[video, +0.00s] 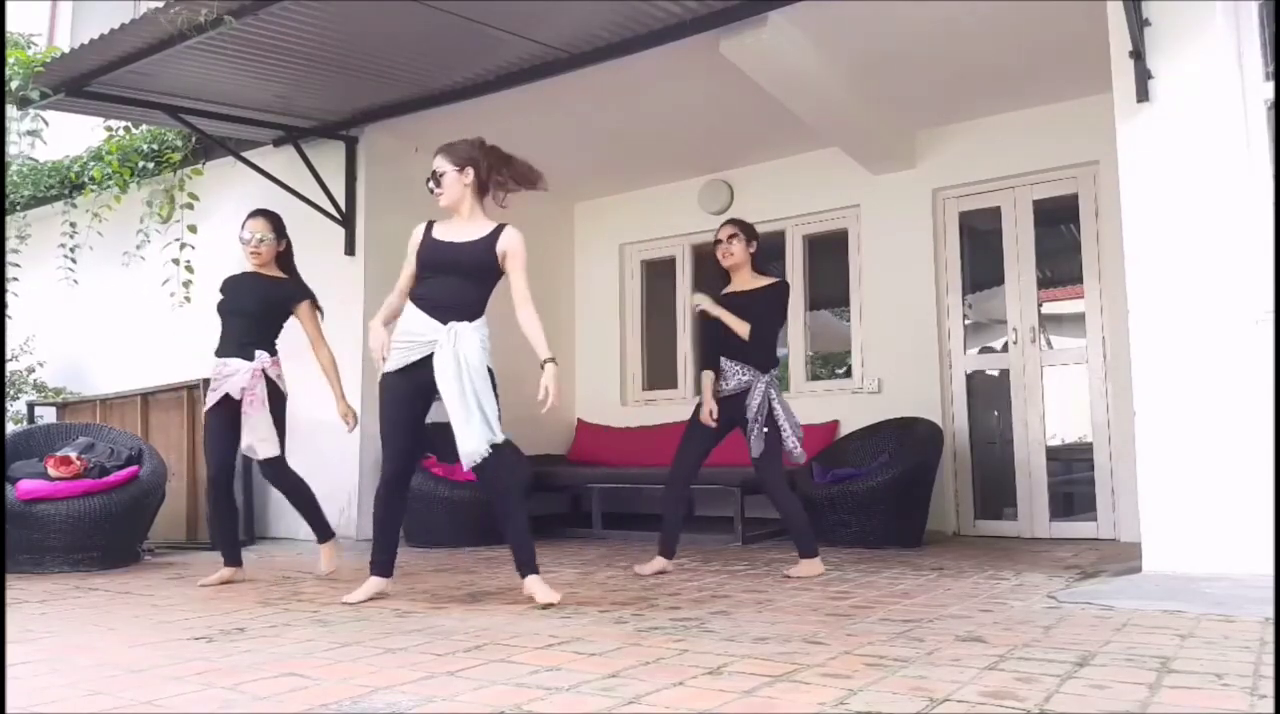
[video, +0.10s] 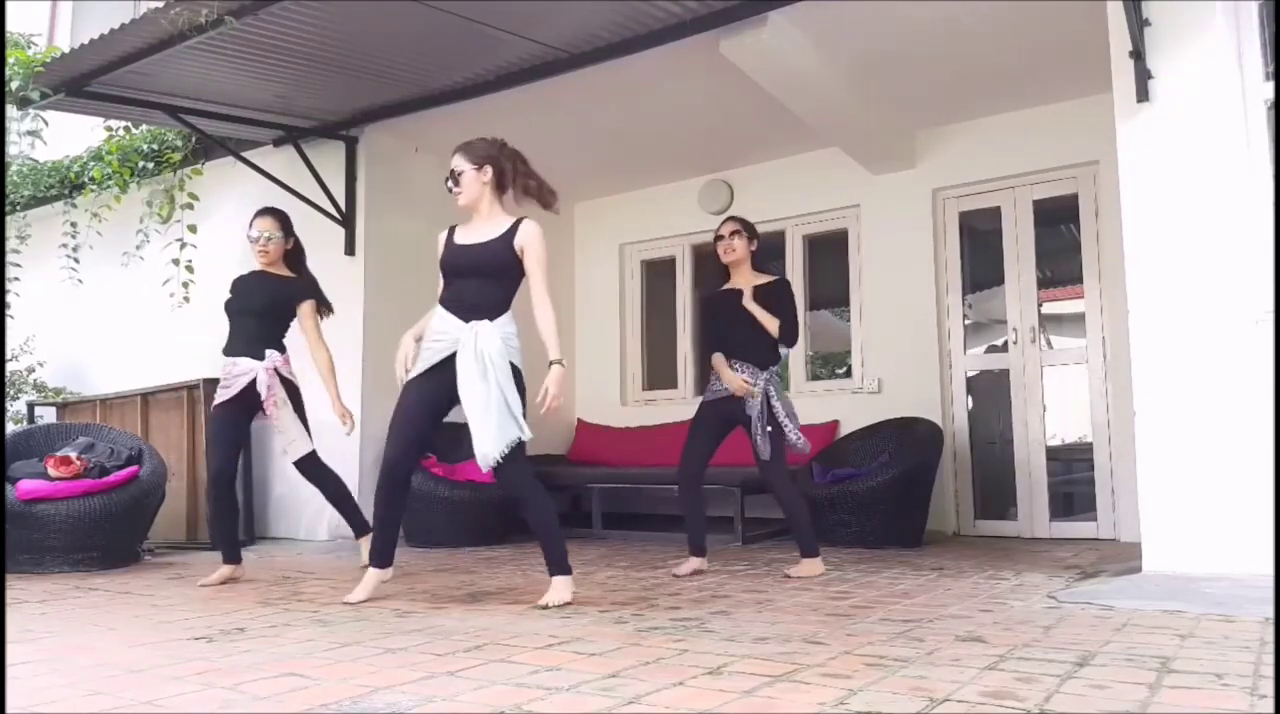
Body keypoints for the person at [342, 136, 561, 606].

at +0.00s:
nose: (431, 185)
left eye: (438, 177)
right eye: (431, 178)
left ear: (467, 175)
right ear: (455, 178)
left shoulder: (504, 238)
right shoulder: (424, 233)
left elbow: (523, 306)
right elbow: (401, 292)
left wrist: (548, 360)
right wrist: (378, 320)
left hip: (465, 354)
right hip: (410, 350)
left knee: (498, 458)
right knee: (395, 465)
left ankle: (529, 575)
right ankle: (379, 574)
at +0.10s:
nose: (451, 185)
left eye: (457, 176)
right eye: (449, 178)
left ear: (488, 174)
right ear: (472, 178)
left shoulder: (523, 230)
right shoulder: (448, 237)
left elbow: (540, 299)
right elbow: (444, 303)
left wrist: (557, 362)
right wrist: (412, 334)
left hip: (492, 356)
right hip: (441, 354)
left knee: (512, 467)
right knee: (396, 457)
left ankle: (560, 575)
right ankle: (379, 565)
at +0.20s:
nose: (466, 191)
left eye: (472, 181)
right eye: (465, 184)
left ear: (503, 179)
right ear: (488, 184)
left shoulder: (536, 236)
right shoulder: (468, 249)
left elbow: (549, 307)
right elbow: (470, 318)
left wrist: (562, 370)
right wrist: (446, 361)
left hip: (518, 366)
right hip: (471, 366)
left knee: (516, 470)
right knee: (405, 454)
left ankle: (566, 580)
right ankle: (356, 568)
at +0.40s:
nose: (492, 183)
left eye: (501, 173)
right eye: (487, 177)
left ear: (530, 175)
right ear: (486, 184)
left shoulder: (554, 232)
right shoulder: (483, 243)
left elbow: (572, 303)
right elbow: (462, 311)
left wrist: (578, 303)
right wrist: (431, 355)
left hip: (541, 360)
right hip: (494, 359)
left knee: (530, 471)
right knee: (434, 449)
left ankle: (568, 580)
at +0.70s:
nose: (520, 167)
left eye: (529, 159)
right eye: (510, 161)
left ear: (547, 167)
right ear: (502, 171)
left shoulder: (565, 220)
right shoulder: (485, 229)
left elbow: (589, 212)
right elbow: (450, 296)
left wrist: (580, 167)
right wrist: (391, 328)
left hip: (545, 351)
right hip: (490, 350)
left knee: (571, 455)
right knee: (482, 463)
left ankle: (588, 576)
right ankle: (469, 571)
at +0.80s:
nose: (531, 167)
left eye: (540, 159)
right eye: (521, 161)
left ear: (556, 166)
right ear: (512, 170)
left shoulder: (572, 221)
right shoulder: (495, 226)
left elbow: (582, 201)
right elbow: (459, 287)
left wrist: (571, 156)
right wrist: (449, 331)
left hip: (559, 347)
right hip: (503, 347)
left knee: (574, 463)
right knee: (476, 459)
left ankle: (605, 574)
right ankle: (478, 567)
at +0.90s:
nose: (539, 173)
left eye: (548, 165)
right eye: (530, 167)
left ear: (565, 172)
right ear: (521, 175)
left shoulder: (579, 225)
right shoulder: (503, 230)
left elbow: (582, 196)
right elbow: (473, 290)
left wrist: (577, 159)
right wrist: (502, 317)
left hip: (572, 352)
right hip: (521, 355)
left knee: (580, 465)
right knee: (461, 453)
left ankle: (615, 576)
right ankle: (485, 568)